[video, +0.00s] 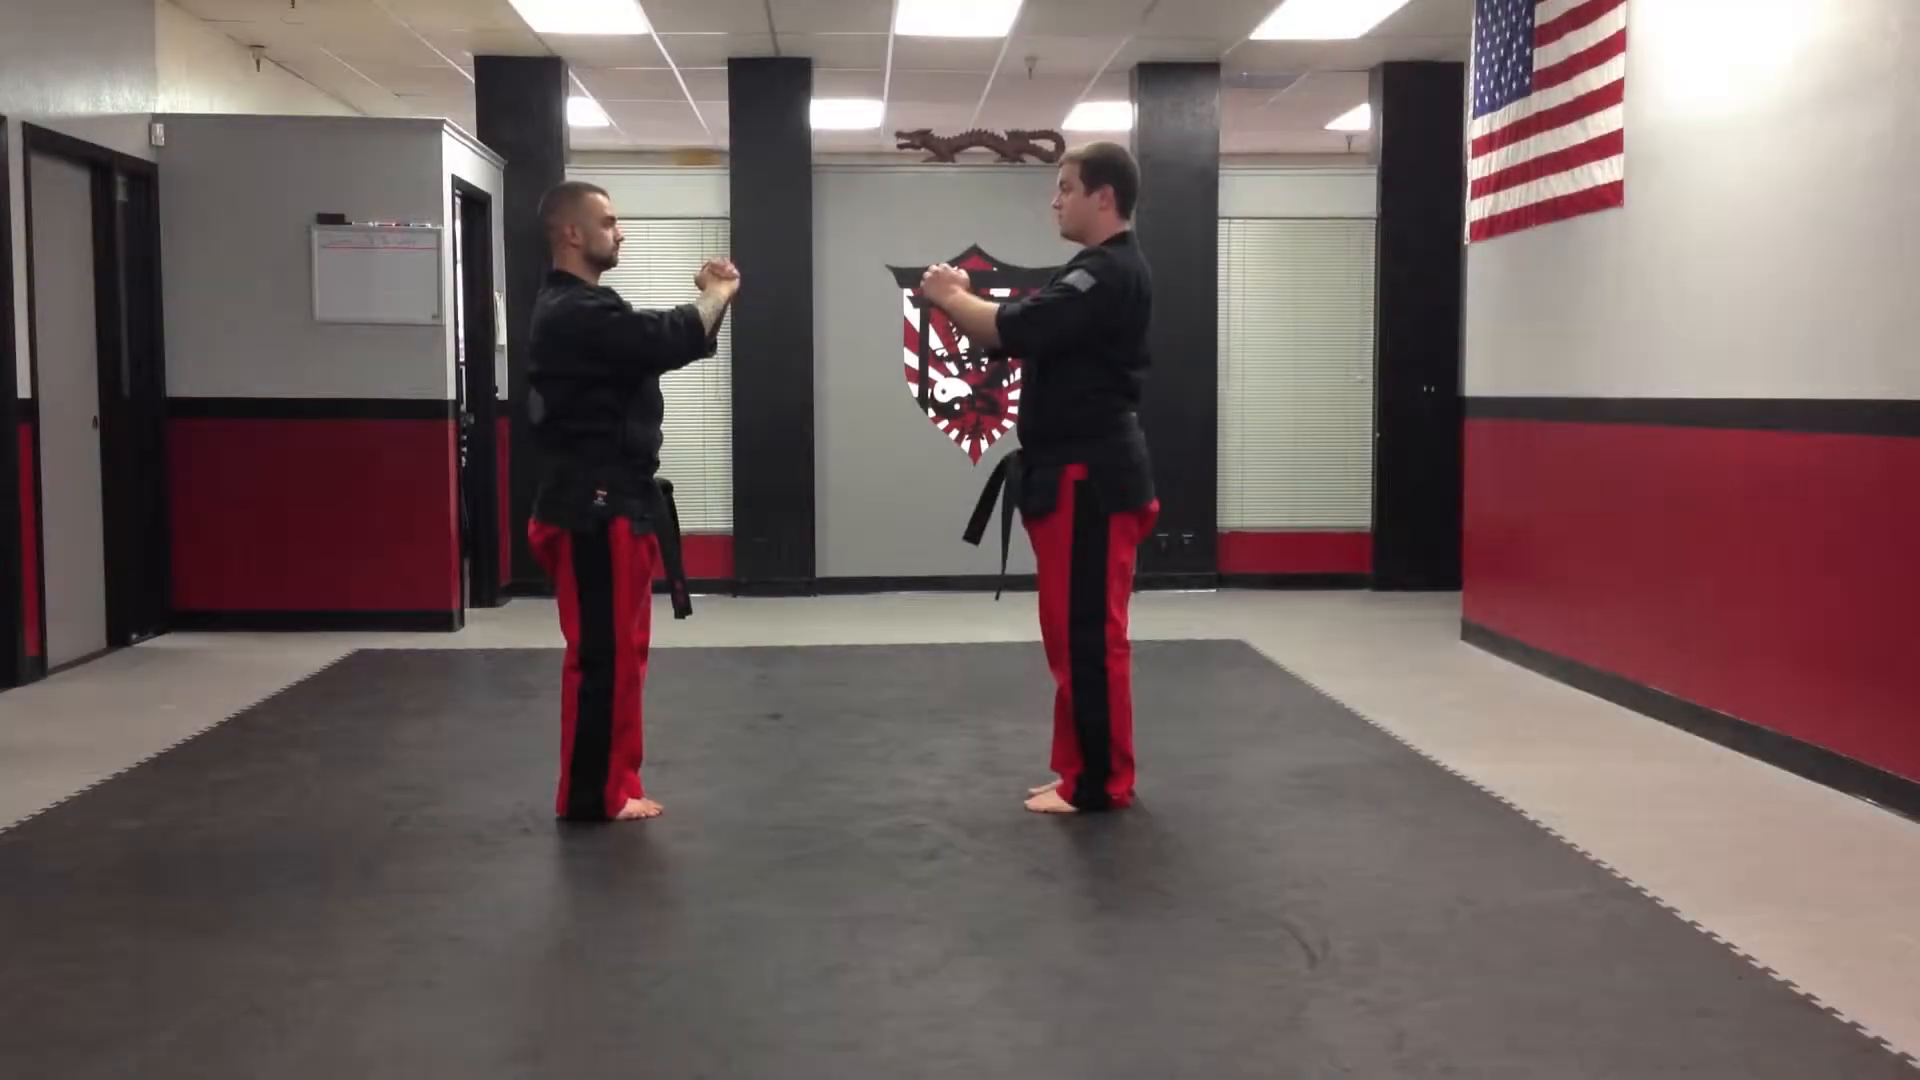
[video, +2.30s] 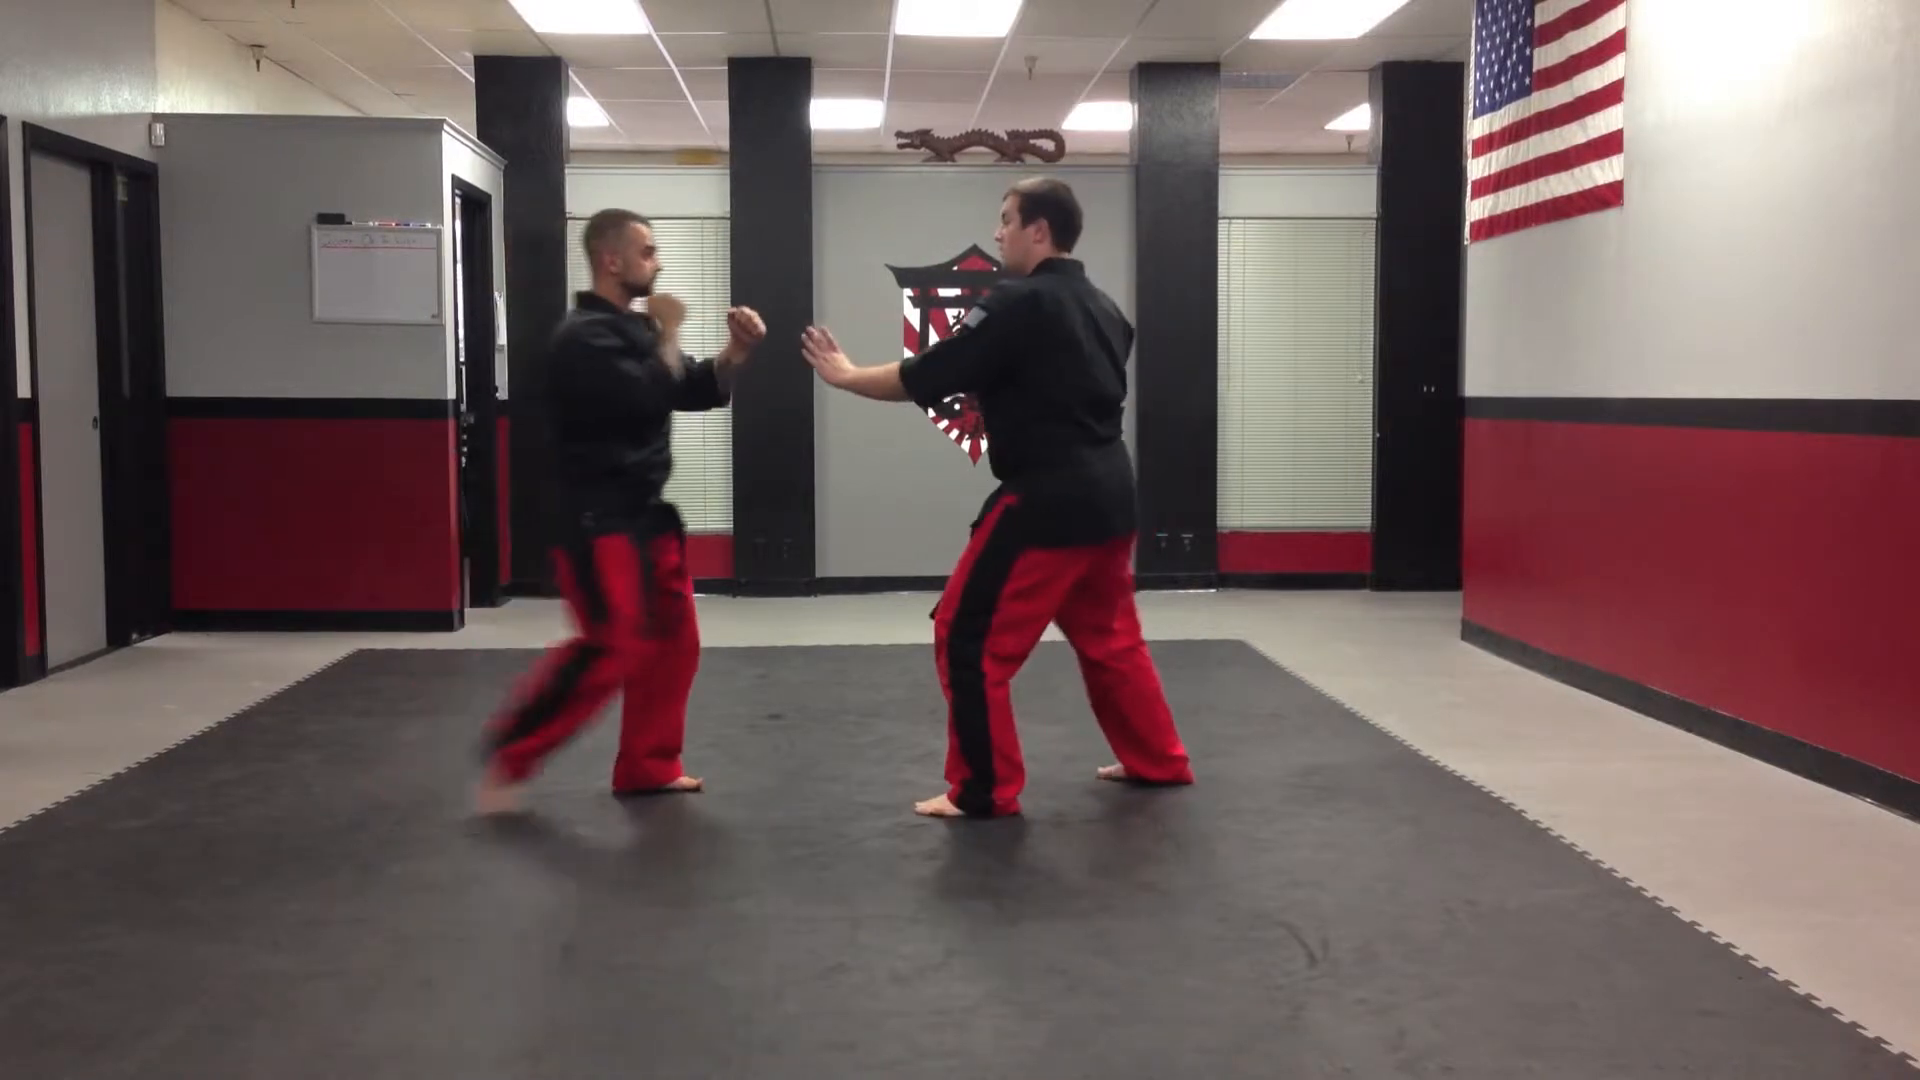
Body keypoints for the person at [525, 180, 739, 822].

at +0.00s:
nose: (620, 233)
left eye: (617, 222)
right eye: (607, 223)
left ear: (575, 236)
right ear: (570, 234)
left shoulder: (581, 306)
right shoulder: (578, 311)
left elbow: (677, 343)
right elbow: (662, 342)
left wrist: (710, 303)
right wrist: (713, 299)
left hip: (606, 505)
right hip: (595, 508)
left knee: (612, 653)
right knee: (609, 656)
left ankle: (607, 790)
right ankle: (600, 795)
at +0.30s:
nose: (632, 239)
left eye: (632, 229)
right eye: (622, 229)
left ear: (586, 237)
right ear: (583, 233)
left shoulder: (598, 305)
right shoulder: (568, 309)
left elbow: (643, 386)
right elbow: (622, 386)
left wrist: (673, 364)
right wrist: (674, 362)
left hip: (608, 502)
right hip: (578, 506)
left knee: (620, 649)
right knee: (597, 651)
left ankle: (614, 785)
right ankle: (592, 795)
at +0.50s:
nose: (652, 258)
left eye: (653, 247)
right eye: (644, 245)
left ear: (611, 243)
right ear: (606, 240)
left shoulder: (604, 311)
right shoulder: (558, 312)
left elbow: (579, 403)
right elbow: (550, 409)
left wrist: (624, 405)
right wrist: (615, 406)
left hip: (604, 496)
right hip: (561, 500)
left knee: (619, 639)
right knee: (573, 642)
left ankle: (603, 783)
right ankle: (520, 778)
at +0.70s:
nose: (631, 265)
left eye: (633, 253)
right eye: (626, 251)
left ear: (588, 247)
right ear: (586, 244)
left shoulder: (583, 314)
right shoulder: (537, 315)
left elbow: (571, 402)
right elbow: (533, 413)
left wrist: (603, 398)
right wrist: (600, 407)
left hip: (586, 507)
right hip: (538, 510)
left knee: (604, 650)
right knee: (508, 651)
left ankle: (601, 785)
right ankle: (424, 769)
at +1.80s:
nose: (586, 263)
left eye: (585, 252)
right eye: (577, 252)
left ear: (543, 259)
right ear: (538, 257)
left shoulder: (565, 333)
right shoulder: (496, 334)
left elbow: (646, 377)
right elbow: (552, 396)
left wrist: (686, 338)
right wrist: (585, 338)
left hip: (565, 521)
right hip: (499, 525)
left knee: (614, 644)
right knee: (464, 663)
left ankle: (637, 769)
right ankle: (410, 793)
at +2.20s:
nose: (633, 268)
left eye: (632, 257)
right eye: (623, 257)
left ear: (590, 265)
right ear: (583, 263)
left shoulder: (610, 335)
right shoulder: (549, 339)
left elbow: (686, 384)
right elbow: (609, 403)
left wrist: (730, 347)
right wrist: (636, 340)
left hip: (618, 519)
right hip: (558, 524)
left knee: (664, 640)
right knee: (525, 657)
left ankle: (647, 769)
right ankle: (436, 781)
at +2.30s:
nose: (656, 263)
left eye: (655, 252)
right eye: (646, 253)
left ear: (619, 259)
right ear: (609, 258)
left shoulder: (636, 331)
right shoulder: (582, 336)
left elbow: (692, 390)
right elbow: (643, 399)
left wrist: (736, 353)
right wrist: (667, 336)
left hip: (644, 511)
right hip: (592, 518)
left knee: (673, 641)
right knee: (615, 641)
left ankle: (646, 769)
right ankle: (506, 761)